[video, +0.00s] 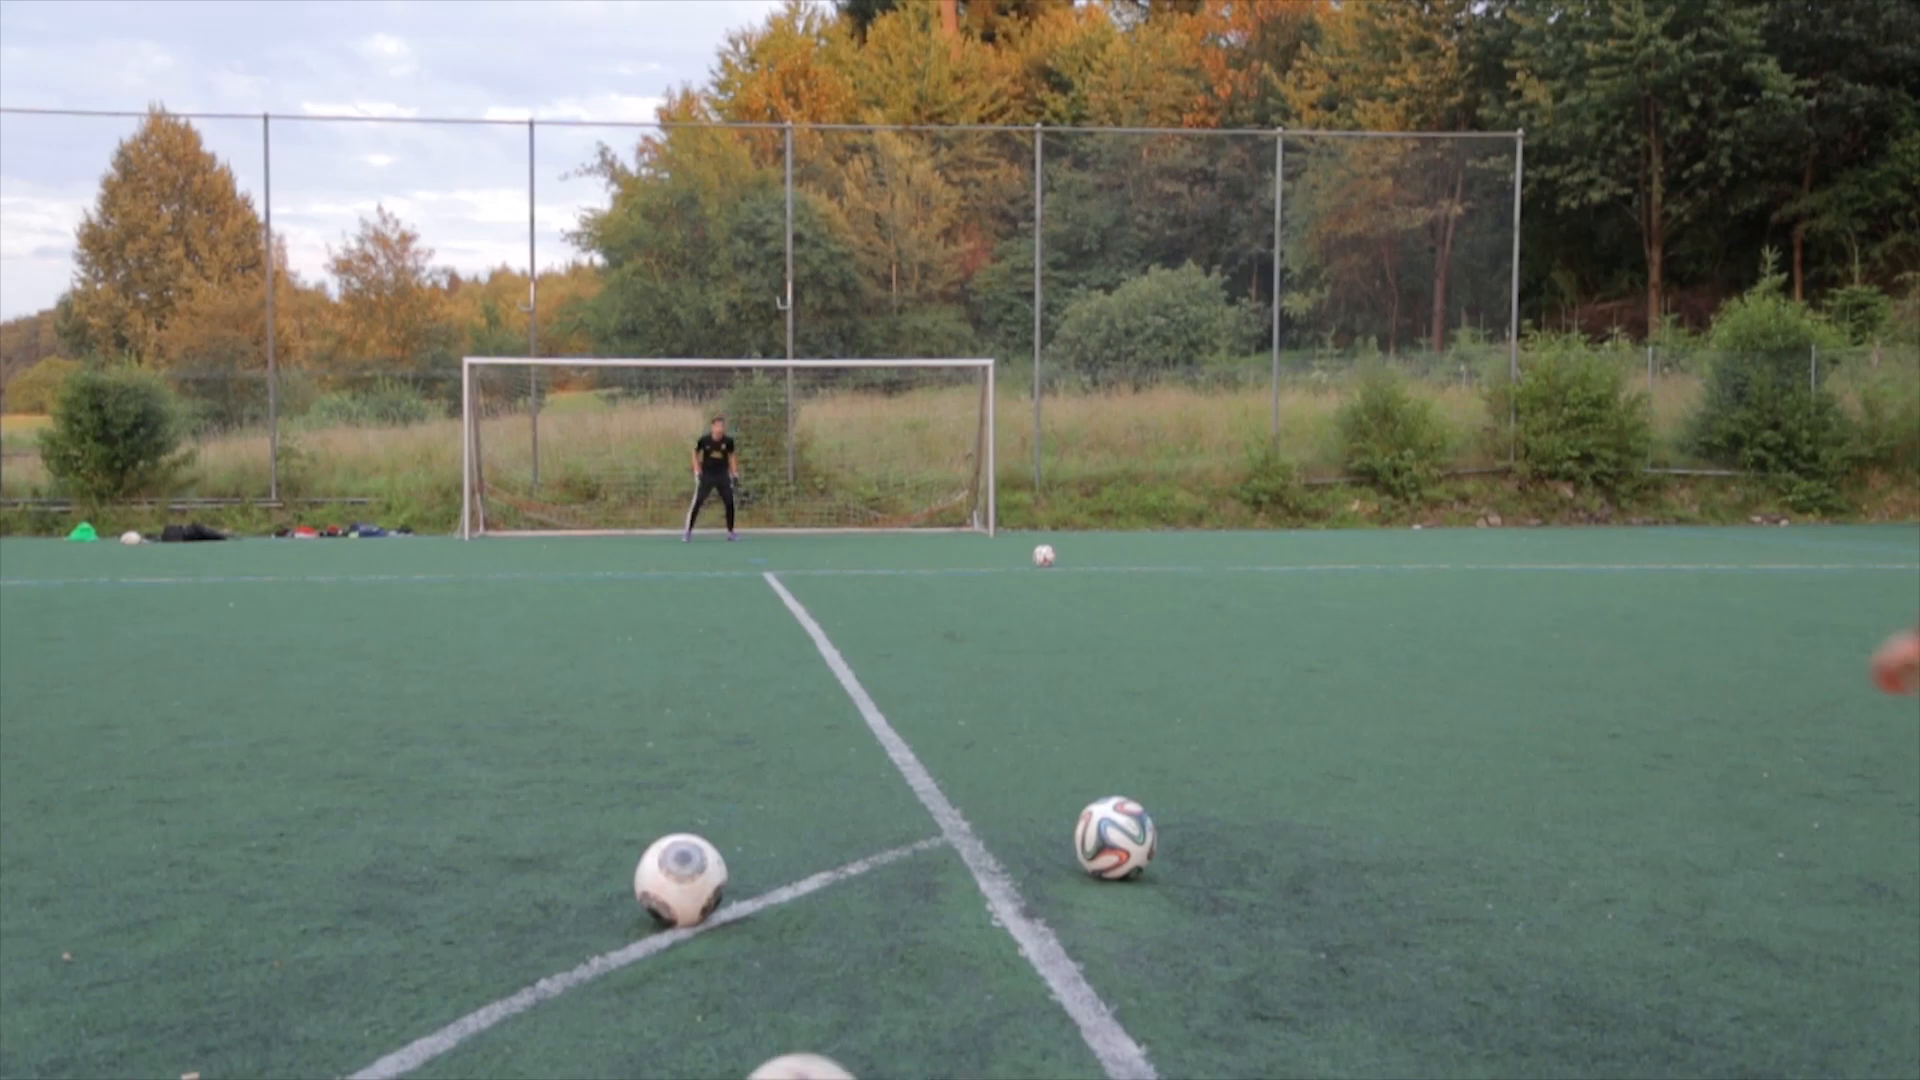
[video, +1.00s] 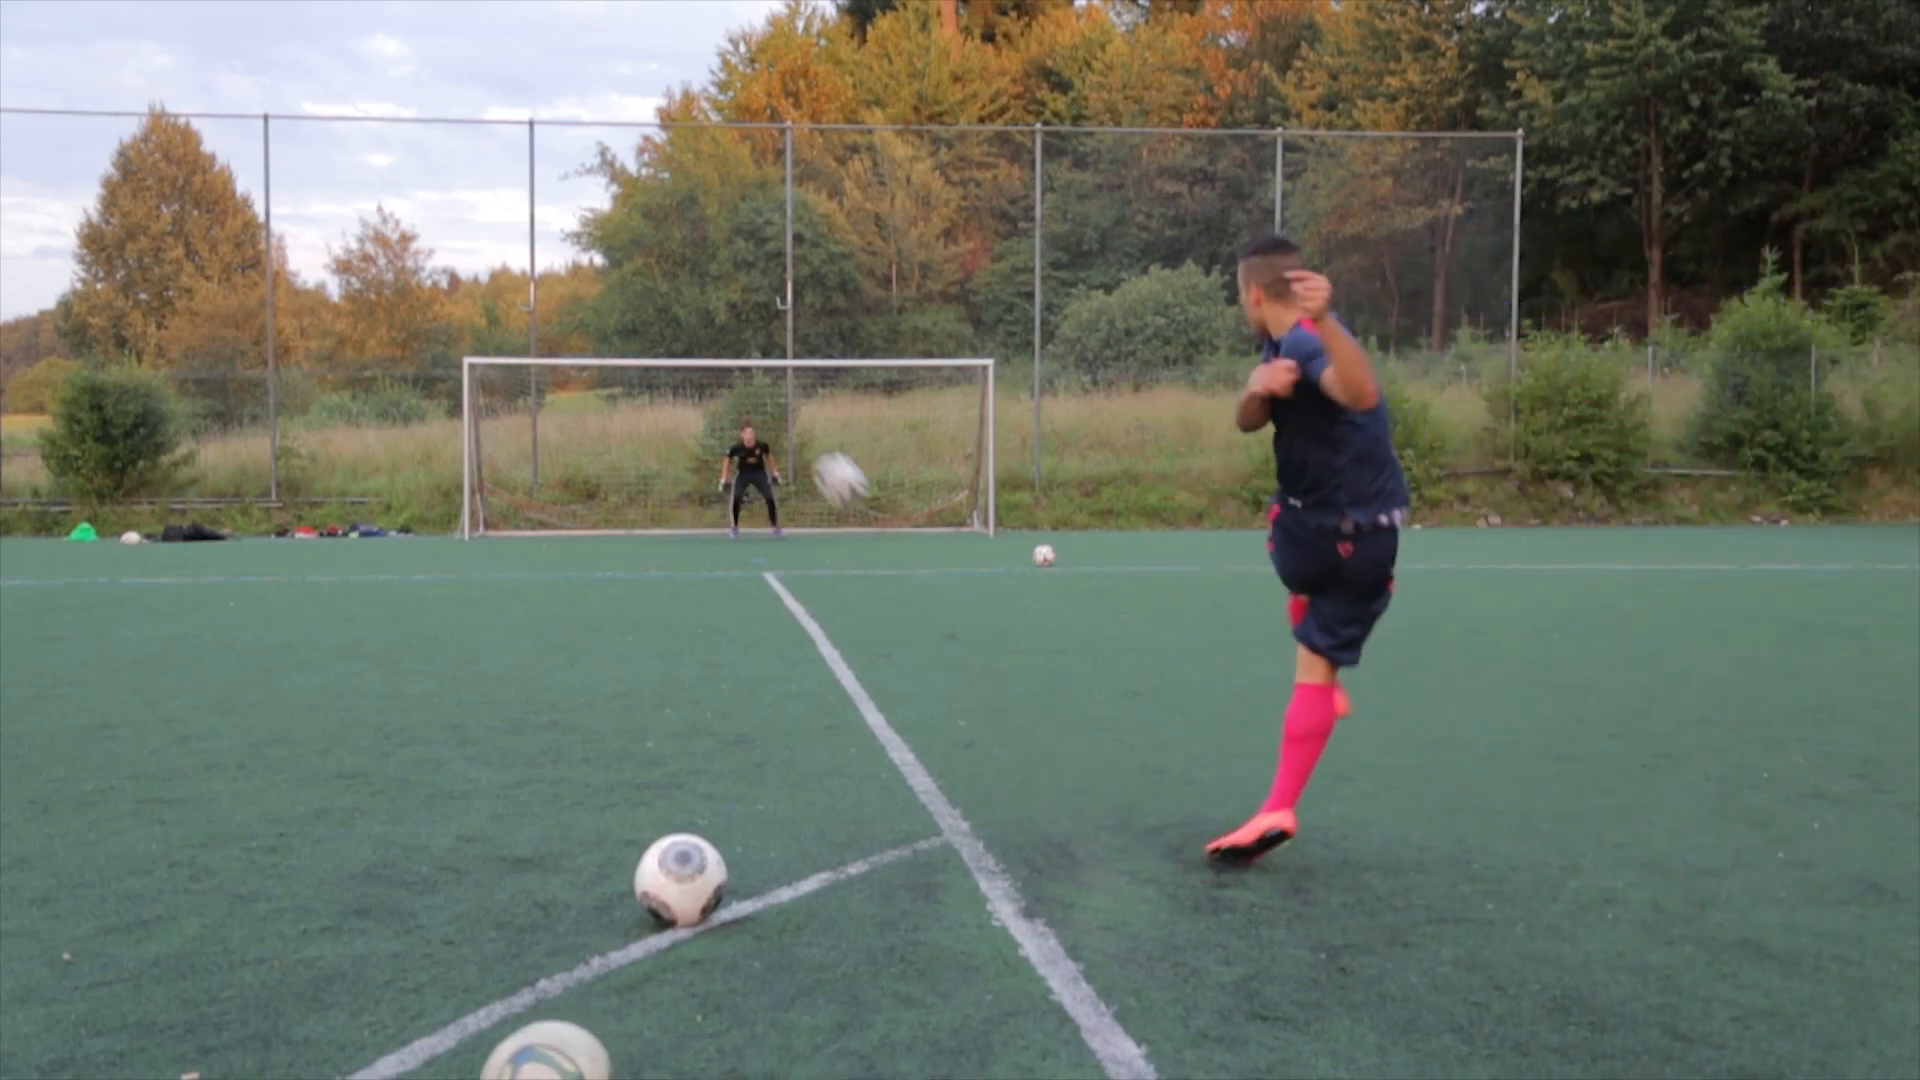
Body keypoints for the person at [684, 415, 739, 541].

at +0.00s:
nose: (718, 429)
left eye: (720, 426)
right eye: (716, 426)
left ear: (724, 428)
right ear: (712, 427)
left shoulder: (728, 442)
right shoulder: (704, 441)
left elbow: (731, 456)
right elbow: (695, 453)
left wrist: (734, 471)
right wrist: (697, 469)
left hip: (723, 476)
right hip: (706, 476)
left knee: (729, 503)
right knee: (697, 502)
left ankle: (730, 530)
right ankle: (688, 531)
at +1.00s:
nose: (749, 437)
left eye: (751, 434)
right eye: (747, 434)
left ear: (754, 436)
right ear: (742, 435)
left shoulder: (762, 447)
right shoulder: (736, 449)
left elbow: (770, 459)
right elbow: (727, 461)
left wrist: (775, 472)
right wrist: (724, 478)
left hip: (759, 476)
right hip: (743, 476)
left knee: (770, 499)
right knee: (736, 499)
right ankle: (734, 527)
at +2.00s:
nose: (682, 424)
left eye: (684, 421)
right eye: (683, 421)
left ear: (688, 423)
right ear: (693, 423)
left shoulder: (692, 439)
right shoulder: (697, 438)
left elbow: (694, 461)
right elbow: (700, 459)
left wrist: (692, 480)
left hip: (697, 475)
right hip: (703, 474)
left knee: (680, 501)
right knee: (697, 506)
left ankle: (679, 534)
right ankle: (721, 526)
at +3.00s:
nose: (671, 418)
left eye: (673, 415)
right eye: (669, 415)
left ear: (678, 415)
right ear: (668, 416)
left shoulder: (682, 433)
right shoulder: (672, 432)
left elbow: (685, 455)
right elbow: (675, 453)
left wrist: (674, 473)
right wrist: (672, 471)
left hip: (681, 470)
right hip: (675, 470)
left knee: (676, 499)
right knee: (673, 499)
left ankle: (681, 533)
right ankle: (678, 532)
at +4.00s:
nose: (675, 420)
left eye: (678, 416)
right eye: (673, 416)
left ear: (682, 417)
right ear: (670, 418)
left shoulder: (687, 434)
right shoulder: (674, 434)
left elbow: (691, 455)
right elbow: (675, 456)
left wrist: (688, 474)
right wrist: (669, 469)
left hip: (683, 472)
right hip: (674, 472)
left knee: (683, 500)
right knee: (671, 501)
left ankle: (686, 530)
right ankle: (679, 529)